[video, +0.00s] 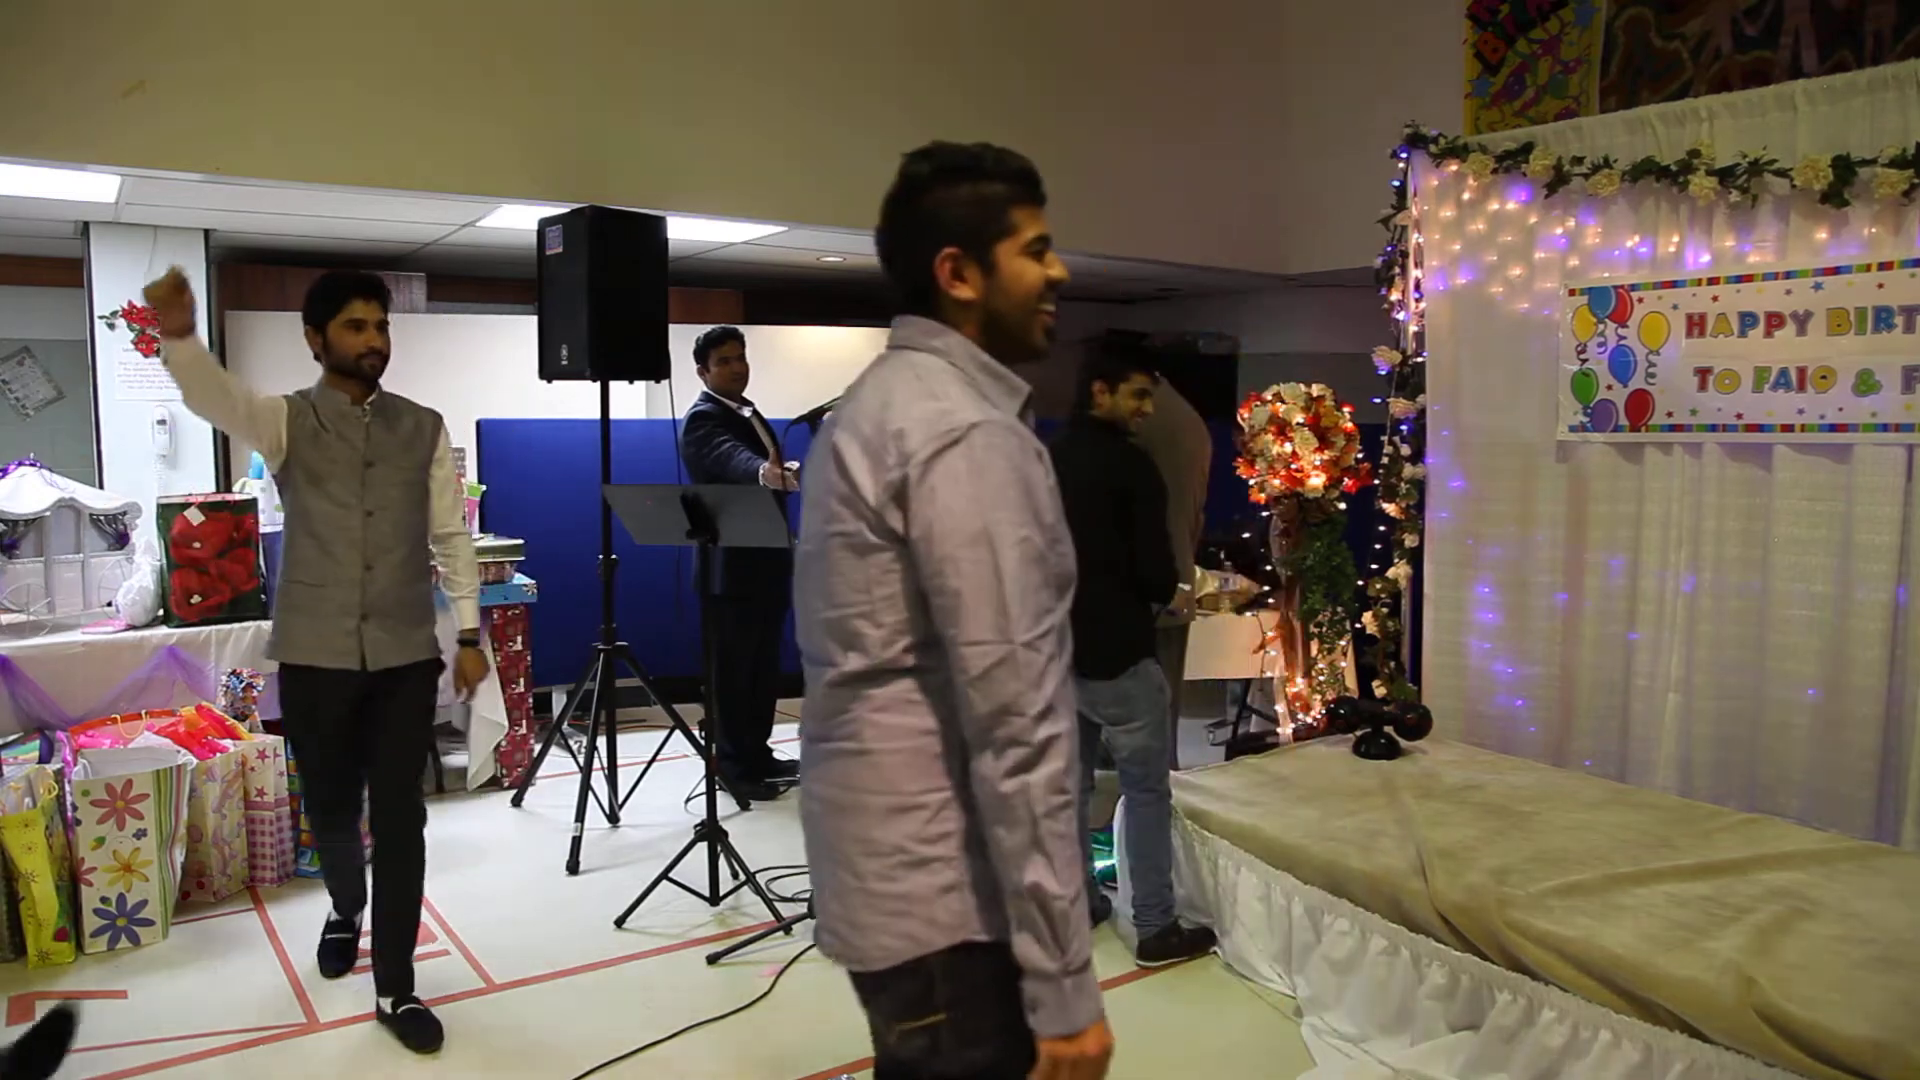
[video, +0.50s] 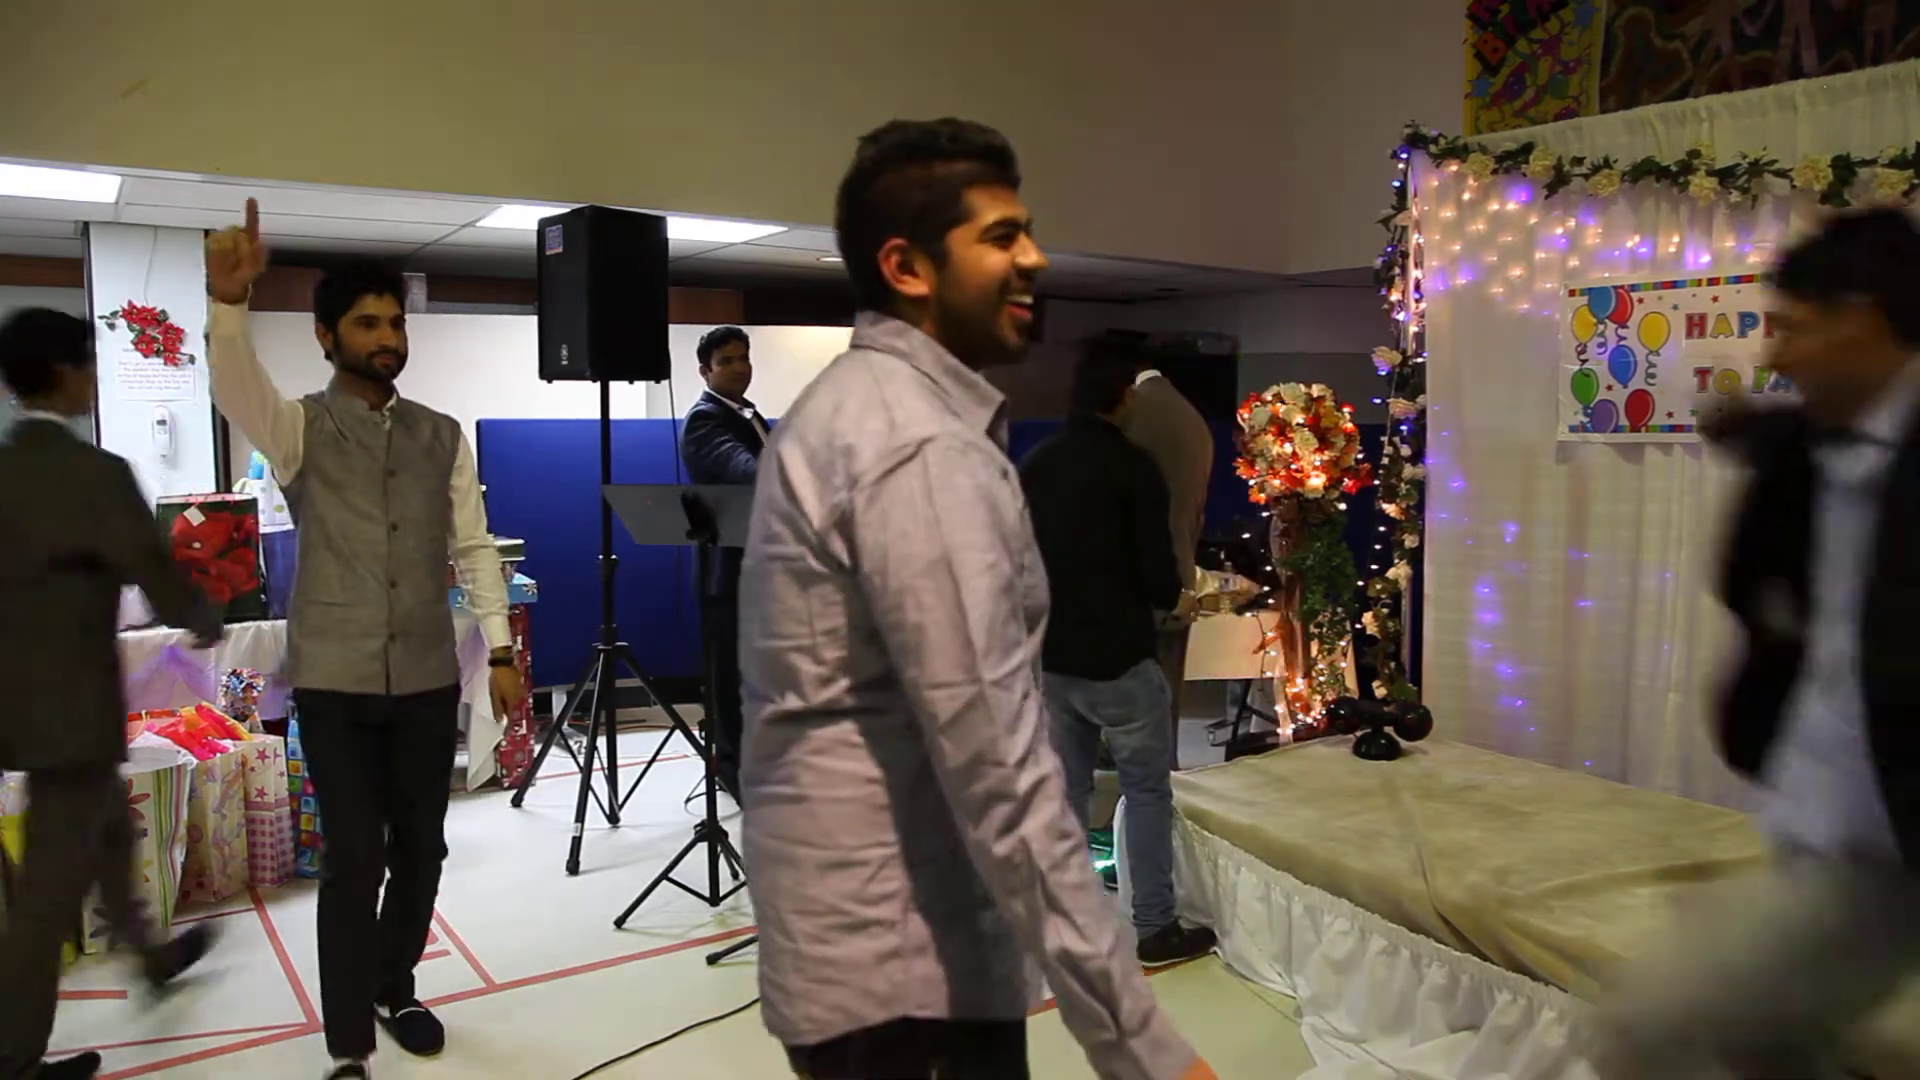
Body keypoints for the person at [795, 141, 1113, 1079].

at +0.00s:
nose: (1059, 273)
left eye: (1051, 249)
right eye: (1036, 250)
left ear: (957, 276)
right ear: (957, 274)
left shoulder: (873, 408)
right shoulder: (964, 430)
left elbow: (876, 681)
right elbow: (1017, 731)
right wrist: (1064, 989)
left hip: (888, 895)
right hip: (949, 908)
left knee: (928, 1061)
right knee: (974, 1063)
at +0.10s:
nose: (1049, 271)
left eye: (1040, 246)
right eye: (1025, 247)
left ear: (946, 275)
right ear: (946, 272)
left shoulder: (869, 408)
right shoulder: (952, 433)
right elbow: (1006, 744)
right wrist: (1075, 1004)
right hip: (943, 934)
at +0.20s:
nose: (1043, 270)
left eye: (1034, 245)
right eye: (1018, 245)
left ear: (939, 273)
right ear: (939, 269)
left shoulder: (860, 406)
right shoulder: (944, 434)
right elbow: (1003, 751)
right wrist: (1092, 1012)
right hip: (936, 945)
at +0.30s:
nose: (1040, 265)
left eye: (1029, 239)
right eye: (1012, 240)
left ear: (932, 267)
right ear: (930, 265)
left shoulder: (853, 402)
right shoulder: (937, 431)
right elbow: (998, 751)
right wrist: (1103, 1014)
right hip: (926, 934)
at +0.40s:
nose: (1039, 263)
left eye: (1030, 237)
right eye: (1006, 237)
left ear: (921, 269)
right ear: (914, 266)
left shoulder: (850, 406)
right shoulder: (920, 434)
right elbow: (997, 767)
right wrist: (1127, 1036)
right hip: (919, 956)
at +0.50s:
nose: (1038, 262)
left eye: (1030, 236)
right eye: (1003, 236)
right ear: (906, 267)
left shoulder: (844, 404)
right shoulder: (915, 434)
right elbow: (1000, 767)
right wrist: (1141, 1040)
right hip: (906, 952)